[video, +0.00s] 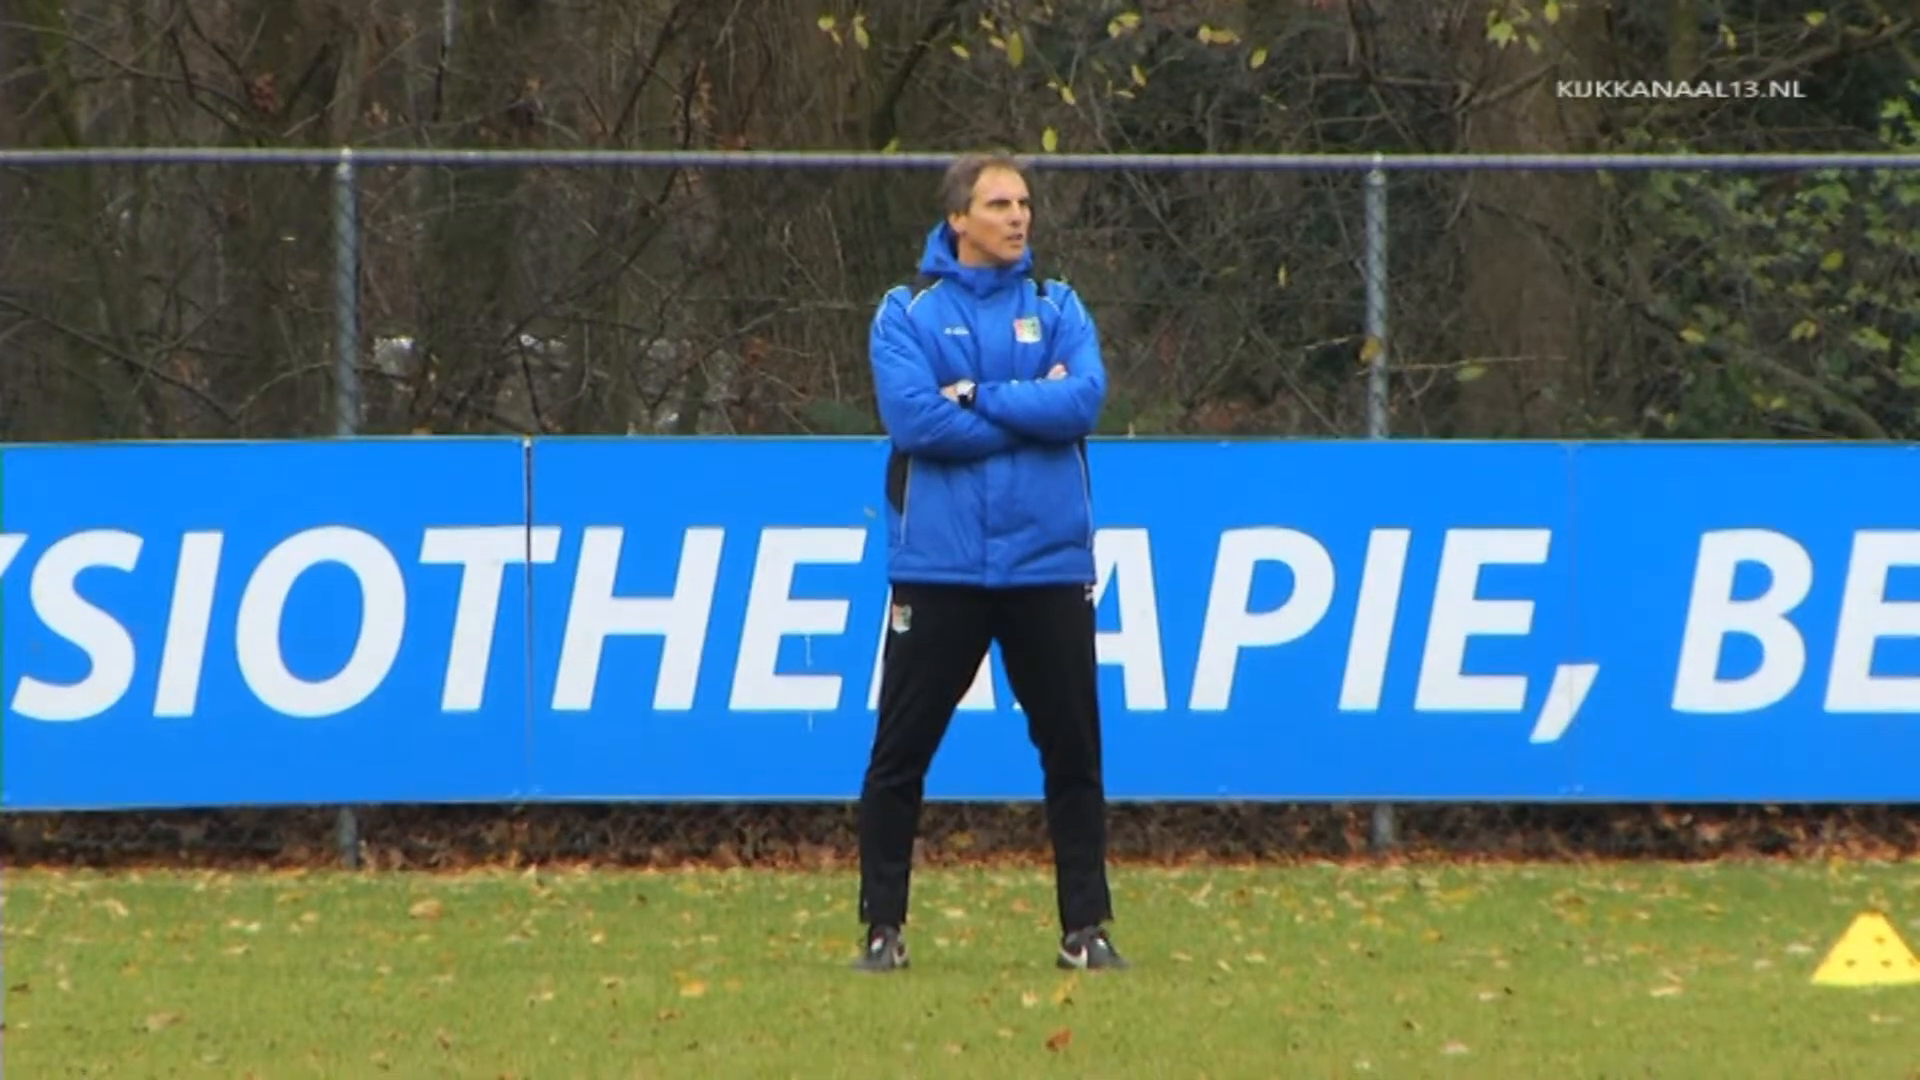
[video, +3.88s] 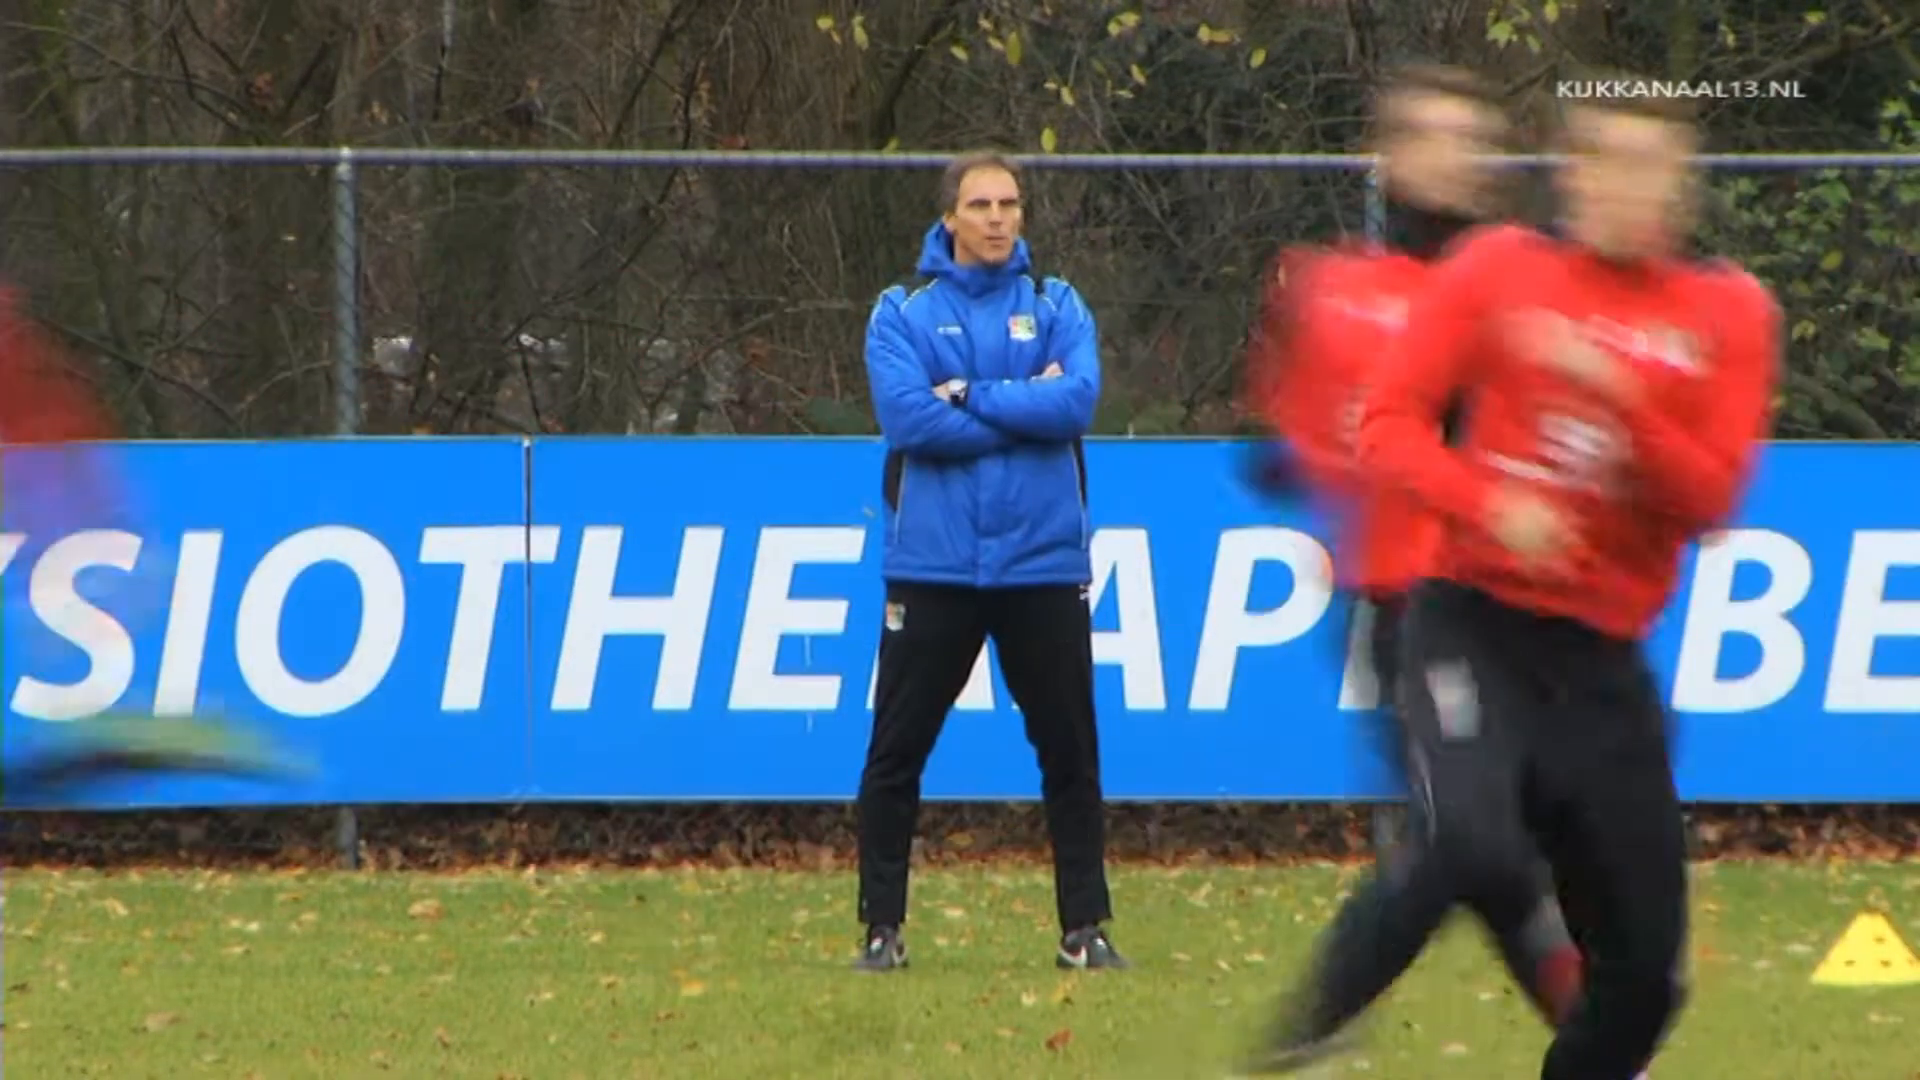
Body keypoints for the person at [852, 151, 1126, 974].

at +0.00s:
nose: (1017, 216)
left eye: (1023, 204)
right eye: (999, 205)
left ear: (1031, 218)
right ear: (959, 221)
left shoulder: (1058, 305)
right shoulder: (905, 312)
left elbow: (1082, 401)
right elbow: (917, 424)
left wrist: (973, 393)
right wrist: (1027, 415)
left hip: (1050, 566)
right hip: (940, 569)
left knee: (1073, 749)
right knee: (902, 752)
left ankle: (1085, 930)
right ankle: (882, 929)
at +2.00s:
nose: (1027, 215)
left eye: (1031, 203)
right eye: (1010, 203)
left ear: (1034, 217)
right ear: (965, 218)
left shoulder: (1059, 306)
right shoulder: (907, 310)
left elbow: (1083, 402)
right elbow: (917, 423)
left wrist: (975, 391)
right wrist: (1028, 413)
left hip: (1050, 567)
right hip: (941, 569)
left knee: (1073, 750)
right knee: (901, 752)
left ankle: (1085, 931)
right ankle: (882, 929)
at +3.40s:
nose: (1003, 221)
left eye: (1012, 208)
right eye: (986, 209)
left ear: (1024, 218)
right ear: (950, 221)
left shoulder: (1057, 305)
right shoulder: (899, 312)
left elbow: (1075, 401)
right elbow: (912, 425)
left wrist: (964, 392)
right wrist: (1023, 413)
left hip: (1045, 567)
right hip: (937, 570)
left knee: (1071, 751)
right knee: (899, 753)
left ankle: (1085, 930)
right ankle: (882, 929)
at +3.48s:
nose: (1000, 228)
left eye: (1012, 212)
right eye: (984, 213)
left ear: (1032, 218)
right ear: (951, 221)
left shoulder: (1060, 314)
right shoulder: (905, 318)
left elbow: (1094, 421)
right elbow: (915, 437)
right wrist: (993, 344)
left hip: (1044, 567)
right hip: (940, 570)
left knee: (1070, 742)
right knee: (899, 749)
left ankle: (1085, 927)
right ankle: (883, 926)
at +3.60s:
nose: (1001, 221)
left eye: (1012, 207)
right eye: (984, 208)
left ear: (1025, 217)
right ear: (950, 220)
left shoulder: (1057, 304)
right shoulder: (900, 311)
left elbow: (1076, 400)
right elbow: (912, 430)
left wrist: (964, 395)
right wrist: (1023, 411)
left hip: (1048, 566)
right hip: (936, 570)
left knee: (1070, 751)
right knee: (899, 750)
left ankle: (1086, 928)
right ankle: (881, 924)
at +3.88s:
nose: (996, 219)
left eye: (1007, 205)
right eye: (979, 206)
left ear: (1023, 216)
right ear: (950, 218)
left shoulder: (1059, 305)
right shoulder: (900, 312)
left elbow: (1076, 403)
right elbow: (911, 423)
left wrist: (965, 392)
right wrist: (1020, 415)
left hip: (1044, 567)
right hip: (934, 568)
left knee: (1070, 750)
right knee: (898, 751)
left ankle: (1085, 930)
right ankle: (882, 929)